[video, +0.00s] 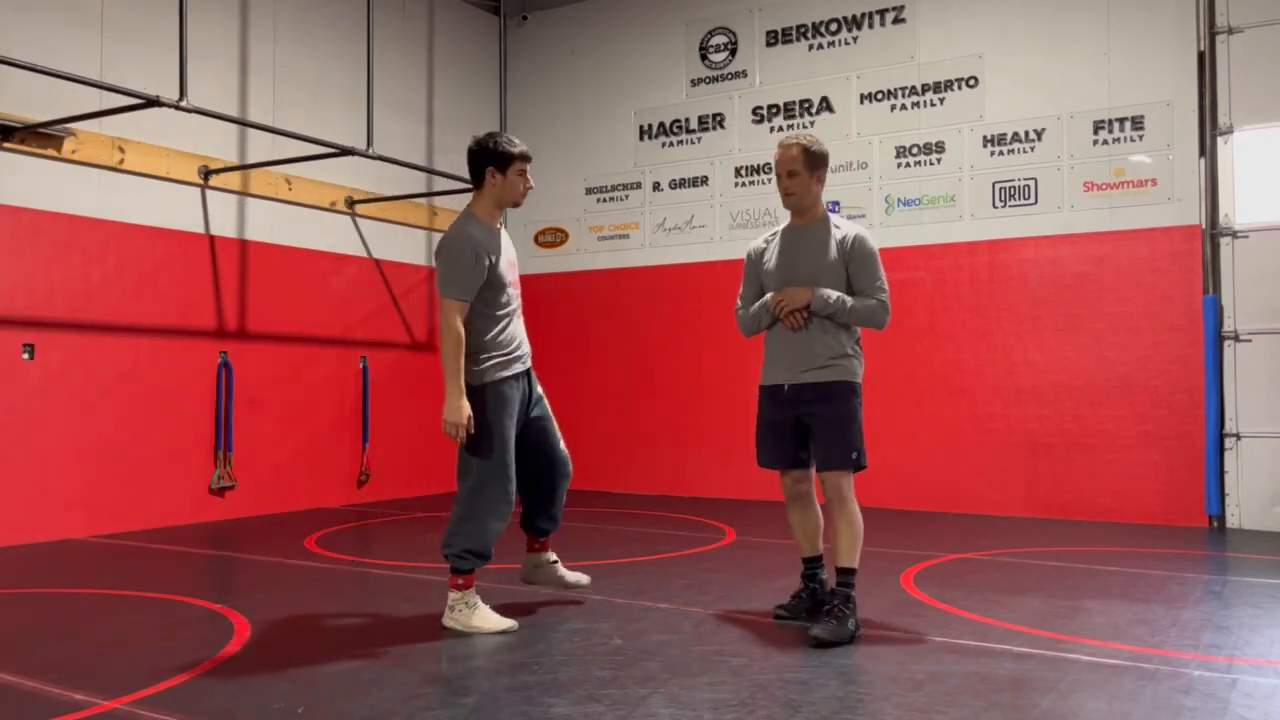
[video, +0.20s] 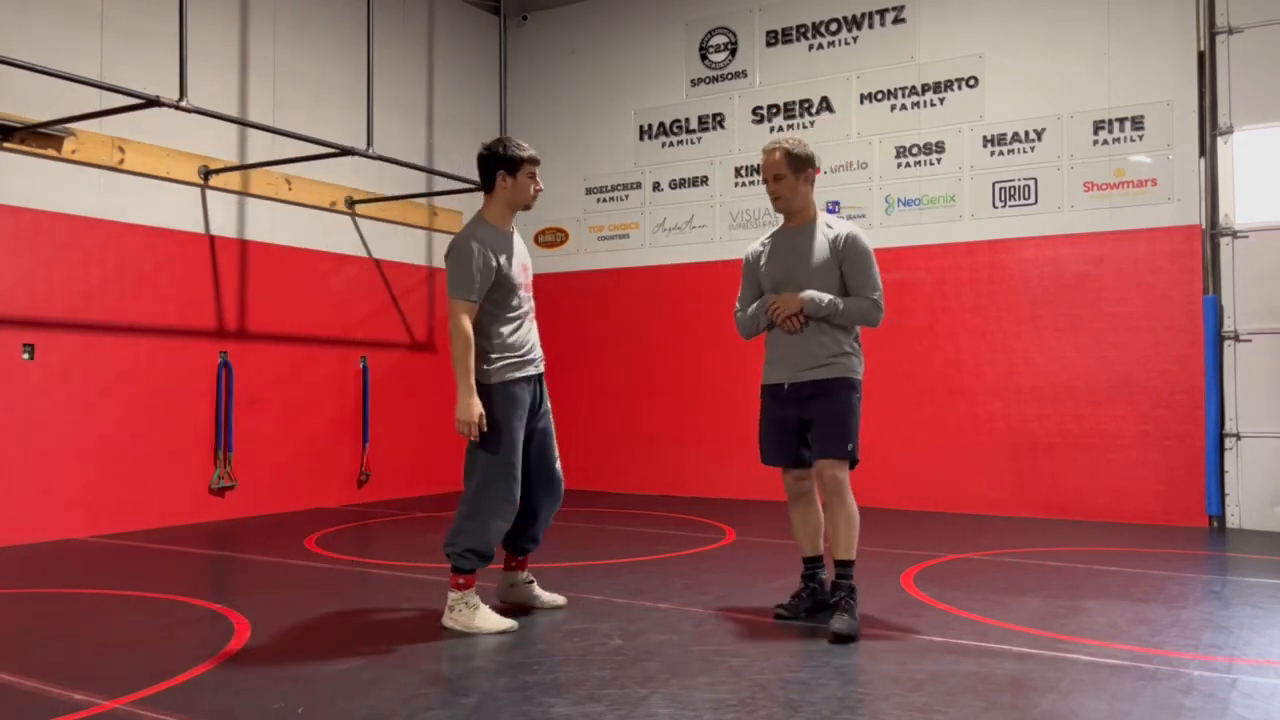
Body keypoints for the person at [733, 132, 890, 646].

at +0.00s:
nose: (783, 184)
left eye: (793, 175)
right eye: (778, 176)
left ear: (820, 178)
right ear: (775, 182)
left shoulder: (852, 243)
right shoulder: (763, 251)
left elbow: (879, 313)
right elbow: (746, 321)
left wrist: (815, 297)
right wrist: (772, 305)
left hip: (834, 381)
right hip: (780, 384)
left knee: (836, 487)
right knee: (796, 487)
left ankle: (844, 602)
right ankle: (814, 587)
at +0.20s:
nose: (770, 189)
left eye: (778, 179)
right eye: (765, 181)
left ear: (808, 177)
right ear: (765, 184)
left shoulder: (846, 240)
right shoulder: (760, 254)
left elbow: (872, 310)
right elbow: (745, 324)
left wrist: (809, 301)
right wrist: (769, 310)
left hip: (833, 377)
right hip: (781, 382)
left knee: (831, 477)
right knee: (797, 482)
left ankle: (845, 596)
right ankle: (814, 587)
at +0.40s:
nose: (766, 190)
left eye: (773, 181)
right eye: (762, 182)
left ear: (804, 179)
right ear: (765, 185)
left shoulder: (844, 238)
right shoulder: (760, 256)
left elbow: (871, 307)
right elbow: (747, 327)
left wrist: (803, 296)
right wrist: (771, 310)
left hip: (833, 375)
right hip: (782, 381)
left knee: (830, 479)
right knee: (797, 481)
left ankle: (845, 595)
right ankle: (814, 587)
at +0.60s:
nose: (767, 192)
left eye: (774, 182)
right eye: (763, 184)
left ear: (805, 178)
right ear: (767, 186)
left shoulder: (846, 239)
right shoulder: (763, 256)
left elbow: (867, 309)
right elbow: (748, 329)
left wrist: (803, 295)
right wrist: (762, 305)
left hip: (835, 375)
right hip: (784, 381)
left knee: (834, 476)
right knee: (799, 483)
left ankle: (863, 590)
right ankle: (815, 587)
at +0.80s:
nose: (772, 188)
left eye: (779, 178)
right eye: (770, 179)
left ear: (811, 178)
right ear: (778, 183)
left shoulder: (850, 238)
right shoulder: (769, 252)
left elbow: (871, 310)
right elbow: (754, 326)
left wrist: (805, 295)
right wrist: (769, 302)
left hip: (837, 381)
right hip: (785, 383)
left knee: (848, 486)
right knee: (800, 486)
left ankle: (868, 597)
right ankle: (815, 588)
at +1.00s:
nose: (779, 188)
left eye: (786, 179)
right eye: (777, 179)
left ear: (818, 177)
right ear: (787, 182)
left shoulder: (857, 239)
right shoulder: (775, 249)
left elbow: (876, 311)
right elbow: (758, 323)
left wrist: (807, 295)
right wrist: (772, 300)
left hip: (841, 380)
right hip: (789, 382)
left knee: (847, 486)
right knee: (802, 486)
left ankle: (869, 597)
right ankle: (815, 588)